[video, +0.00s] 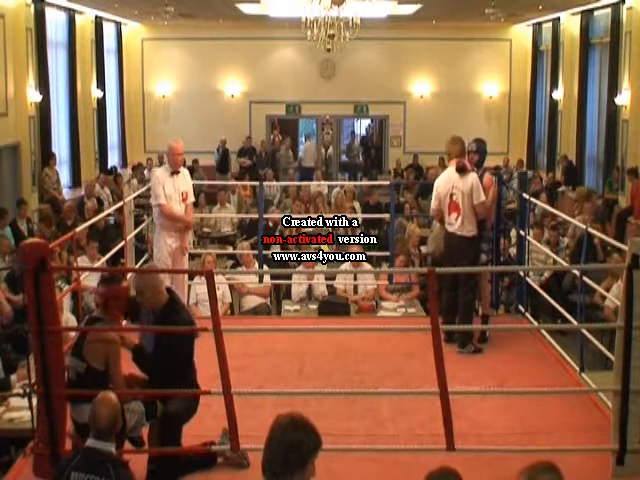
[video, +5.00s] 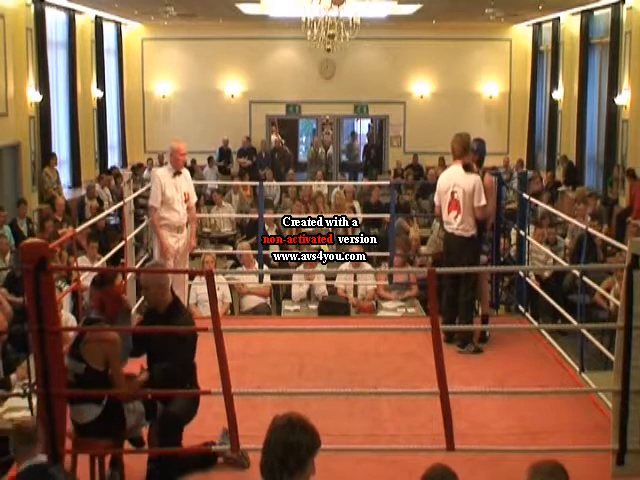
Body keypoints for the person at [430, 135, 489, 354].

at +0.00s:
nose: (458, 157)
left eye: (452, 154)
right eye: (462, 154)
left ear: (447, 155)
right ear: (465, 154)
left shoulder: (441, 180)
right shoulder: (472, 178)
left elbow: (435, 211)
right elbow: (481, 210)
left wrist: (447, 223)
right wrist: (491, 193)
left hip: (449, 235)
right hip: (469, 235)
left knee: (449, 283)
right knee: (467, 285)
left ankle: (448, 328)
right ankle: (465, 337)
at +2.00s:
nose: (474, 156)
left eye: (472, 153)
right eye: (474, 153)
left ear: (455, 152)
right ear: (472, 153)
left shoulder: (444, 175)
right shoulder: (474, 178)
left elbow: (439, 207)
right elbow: (482, 211)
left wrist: (446, 227)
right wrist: (489, 190)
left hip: (449, 235)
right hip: (468, 236)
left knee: (449, 282)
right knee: (467, 285)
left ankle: (448, 327)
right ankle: (464, 336)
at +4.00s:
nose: (470, 155)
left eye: (467, 151)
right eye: (470, 151)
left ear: (452, 152)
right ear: (469, 152)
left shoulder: (442, 176)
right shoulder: (473, 175)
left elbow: (438, 205)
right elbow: (484, 197)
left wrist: (446, 225)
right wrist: (477, 172)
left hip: (449, 235)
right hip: (468, 236)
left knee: (449, 282)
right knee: (467, 284)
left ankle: (449, 327)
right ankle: (464, 334)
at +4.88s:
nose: (465, 155)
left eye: (455, 151)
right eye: (468, 151)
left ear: (452, 152)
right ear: (470, 152)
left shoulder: (443, 177)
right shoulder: (474, 179)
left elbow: (438, 210)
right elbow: (480, 212)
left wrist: (451, 218)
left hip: (449, 235)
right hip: (468, 235)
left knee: (449, 282)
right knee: (468, 284)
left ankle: (448, 328)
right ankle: (465, 335)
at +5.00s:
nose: (466, 154)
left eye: (455, 150)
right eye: (468, 150)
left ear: (452, 151)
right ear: (470, 152)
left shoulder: (443, 177)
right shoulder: (474, 179)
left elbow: (438, 210)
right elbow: (480, 212)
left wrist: (451, 217)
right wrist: (489, 204)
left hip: (449, 235)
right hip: (468, 236)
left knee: (450, 282)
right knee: (467, 284)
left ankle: (448, 327)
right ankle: (465, 335)